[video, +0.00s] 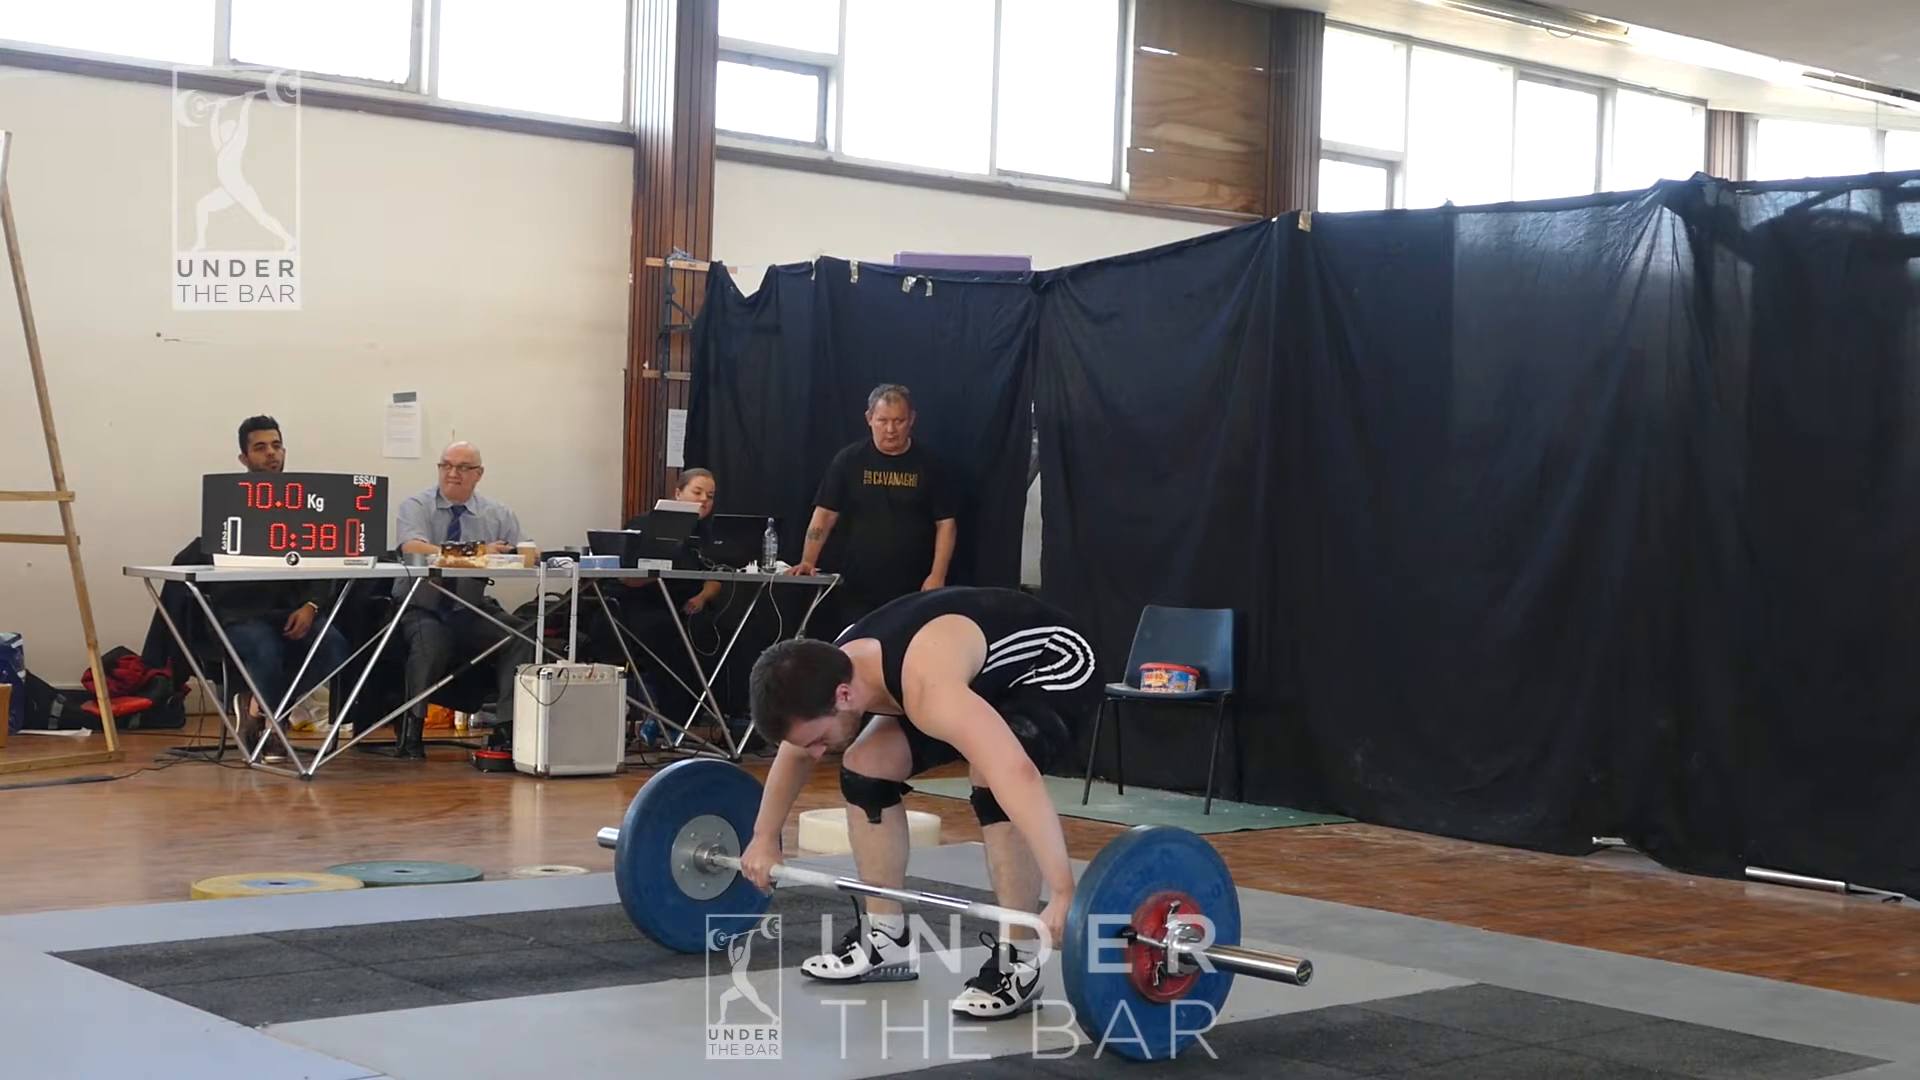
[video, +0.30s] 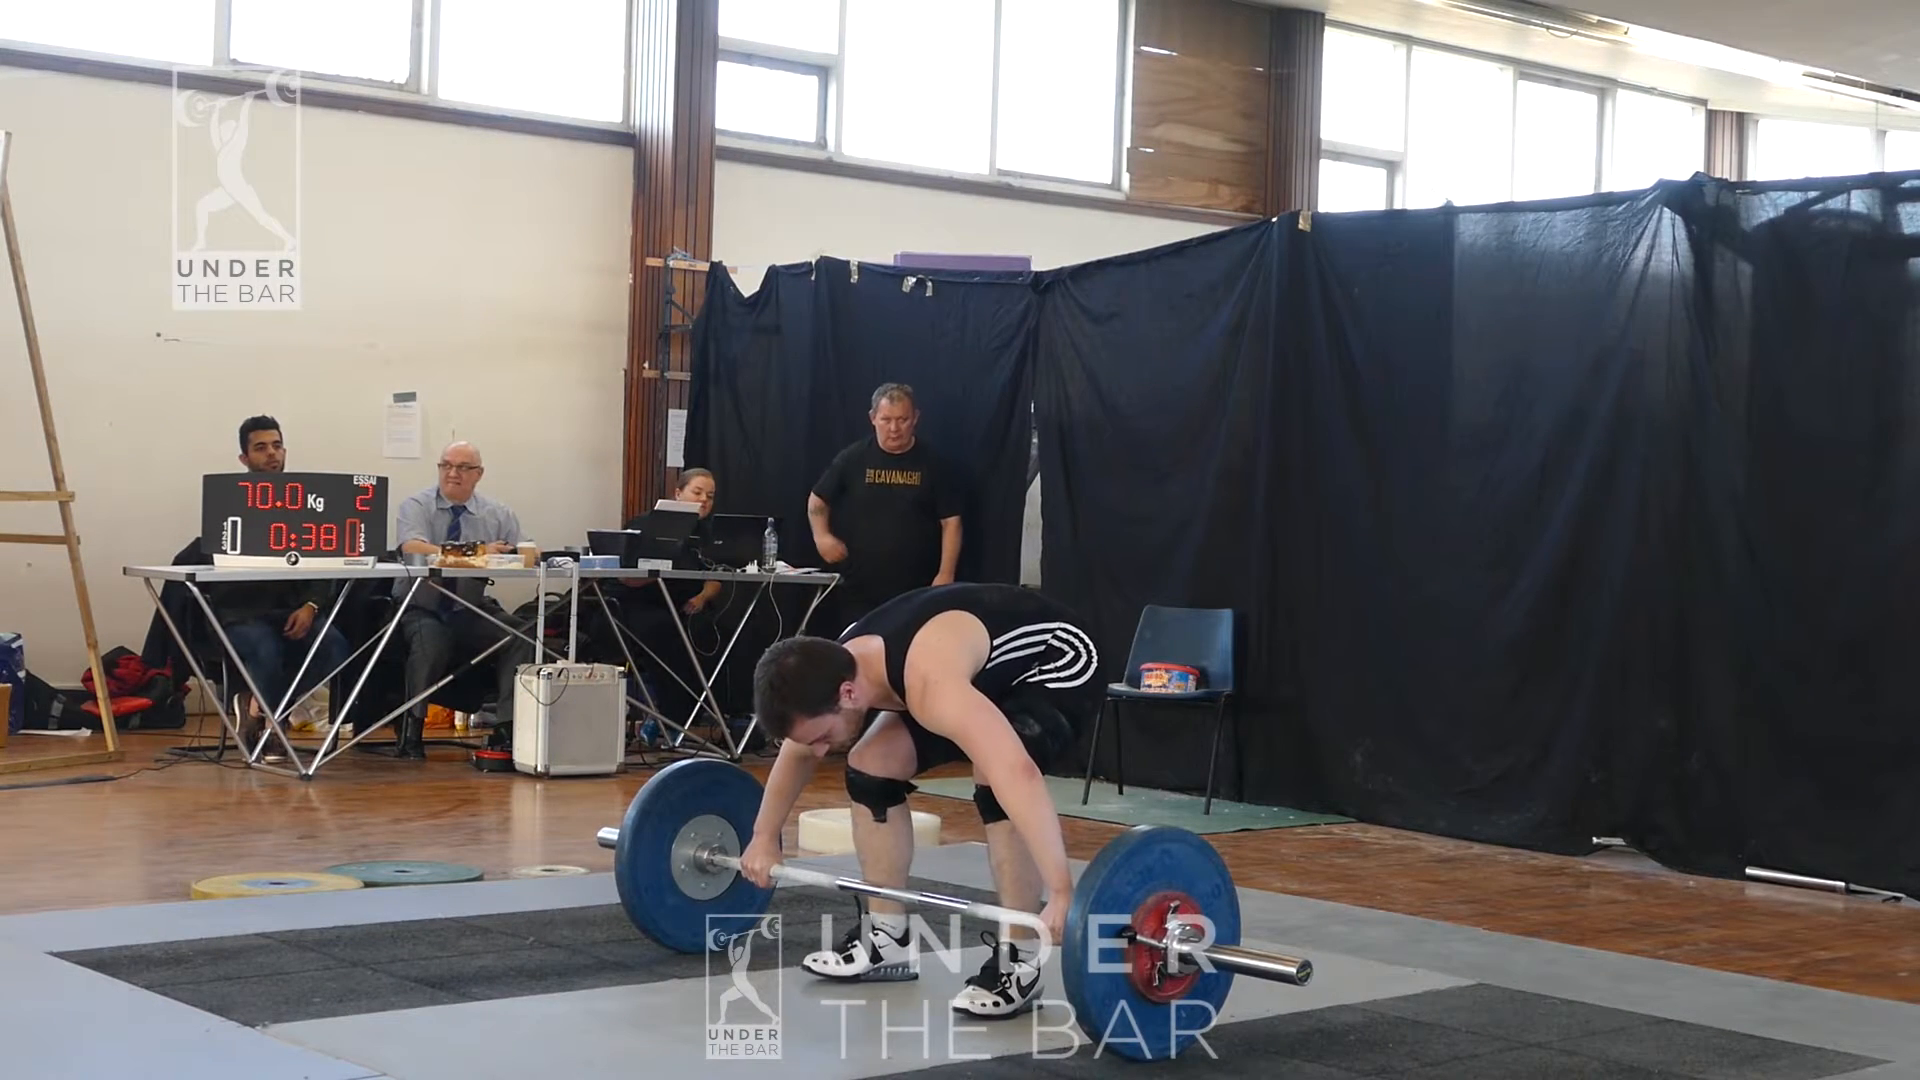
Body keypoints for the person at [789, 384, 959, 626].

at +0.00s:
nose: (890, 429)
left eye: (898, 421)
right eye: (882, 420)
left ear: (911, 420)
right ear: (869, 419)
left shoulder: (930, 464)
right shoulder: (849, 461)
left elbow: (946, 525)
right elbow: (824, 514)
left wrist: (937, 577)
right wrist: (808, 561)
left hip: (910, 588)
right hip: (857, 584)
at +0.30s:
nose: (894, 428)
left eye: (902, 420)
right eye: (886, 420)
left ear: (915, 418)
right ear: (873, 418)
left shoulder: (933, 463)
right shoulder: (852, 459)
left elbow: (951, 523)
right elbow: (817, 501)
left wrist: (945, 574)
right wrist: (822, 538)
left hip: (913, 586)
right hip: (859, 585)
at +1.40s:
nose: (898, 426)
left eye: (907, 418)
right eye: (890, 417)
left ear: (920, 417)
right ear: (878, 416)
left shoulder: (939, 464)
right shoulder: (860, 455)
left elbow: (955, 524)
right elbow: (817, 483)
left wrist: (948, 577)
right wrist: (828, 538)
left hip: (919, 581)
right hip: (862, 579)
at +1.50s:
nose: (899, 425)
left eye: (908, 417)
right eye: (892, 417)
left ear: (922, 418)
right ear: (879, 416)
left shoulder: (941, 464)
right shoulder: (854, 460)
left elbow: (955, 524)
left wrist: (948, 579)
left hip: (924, 579)